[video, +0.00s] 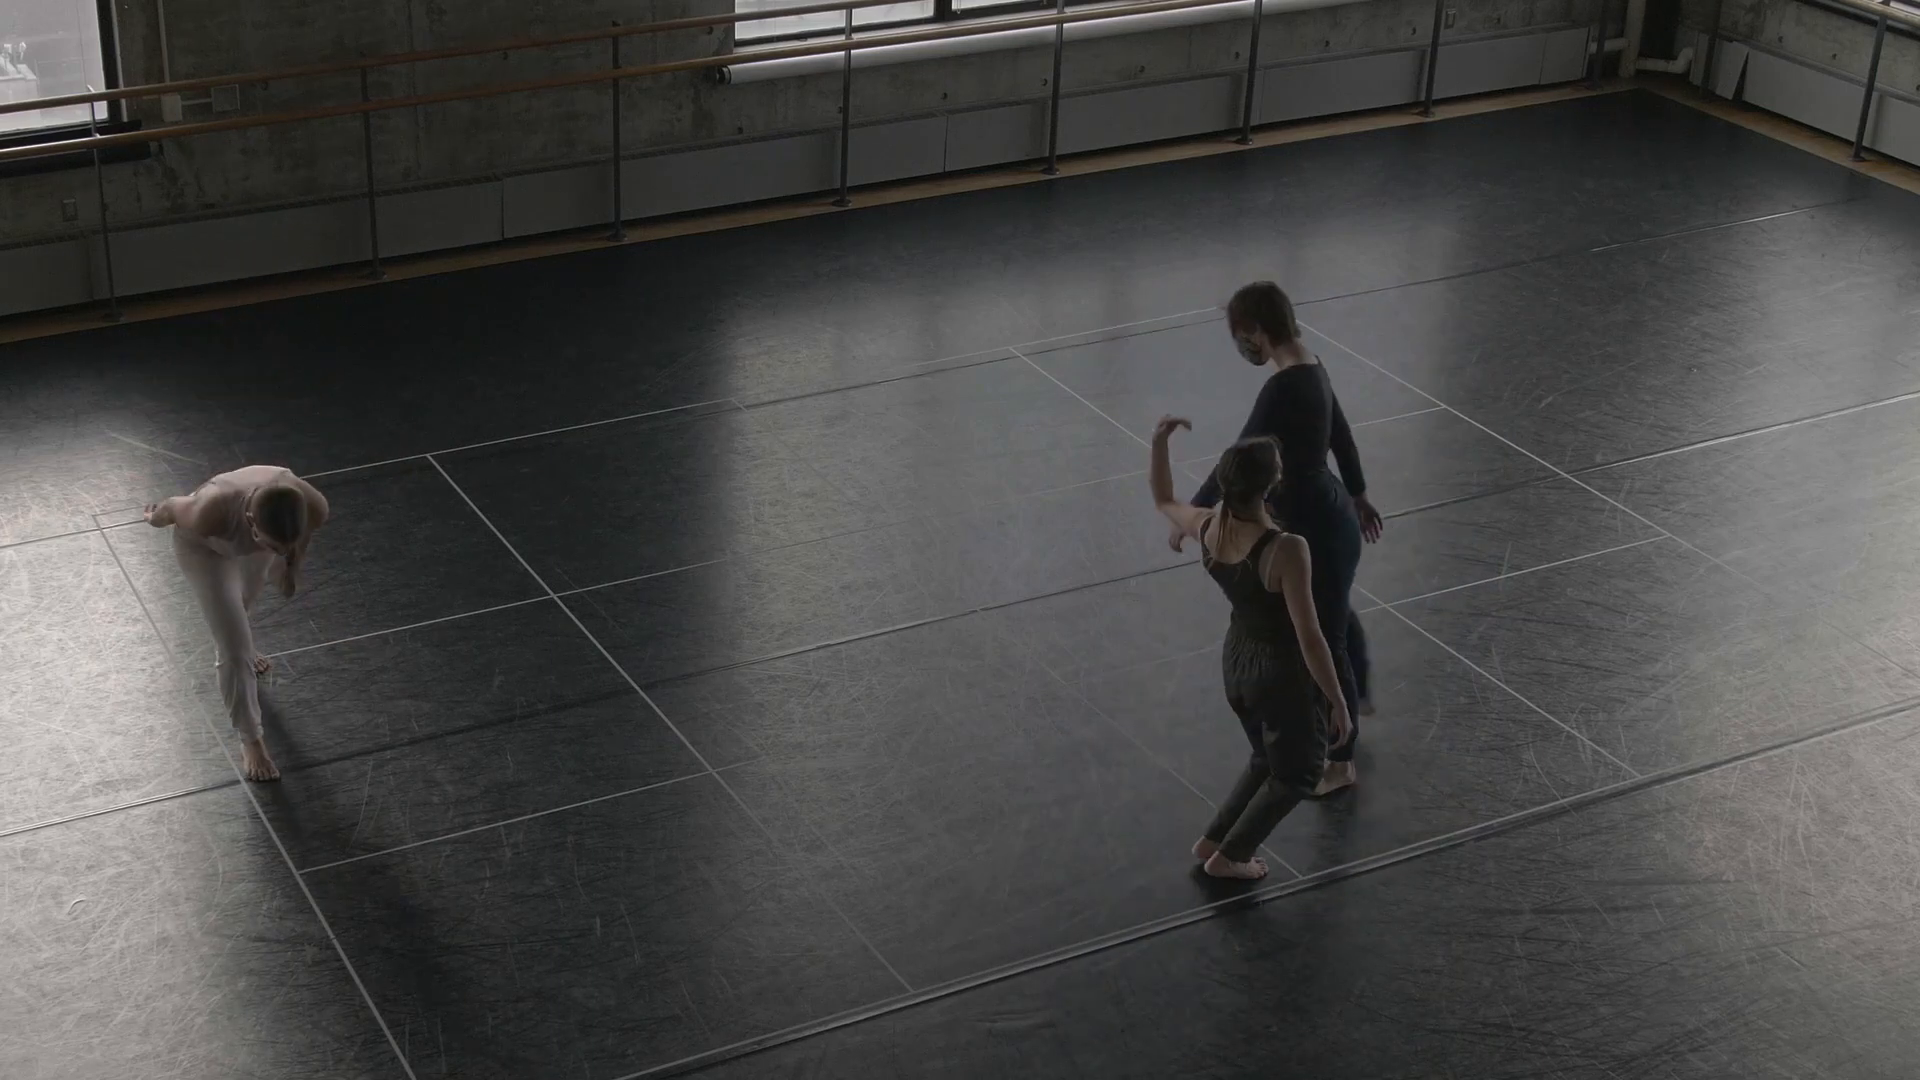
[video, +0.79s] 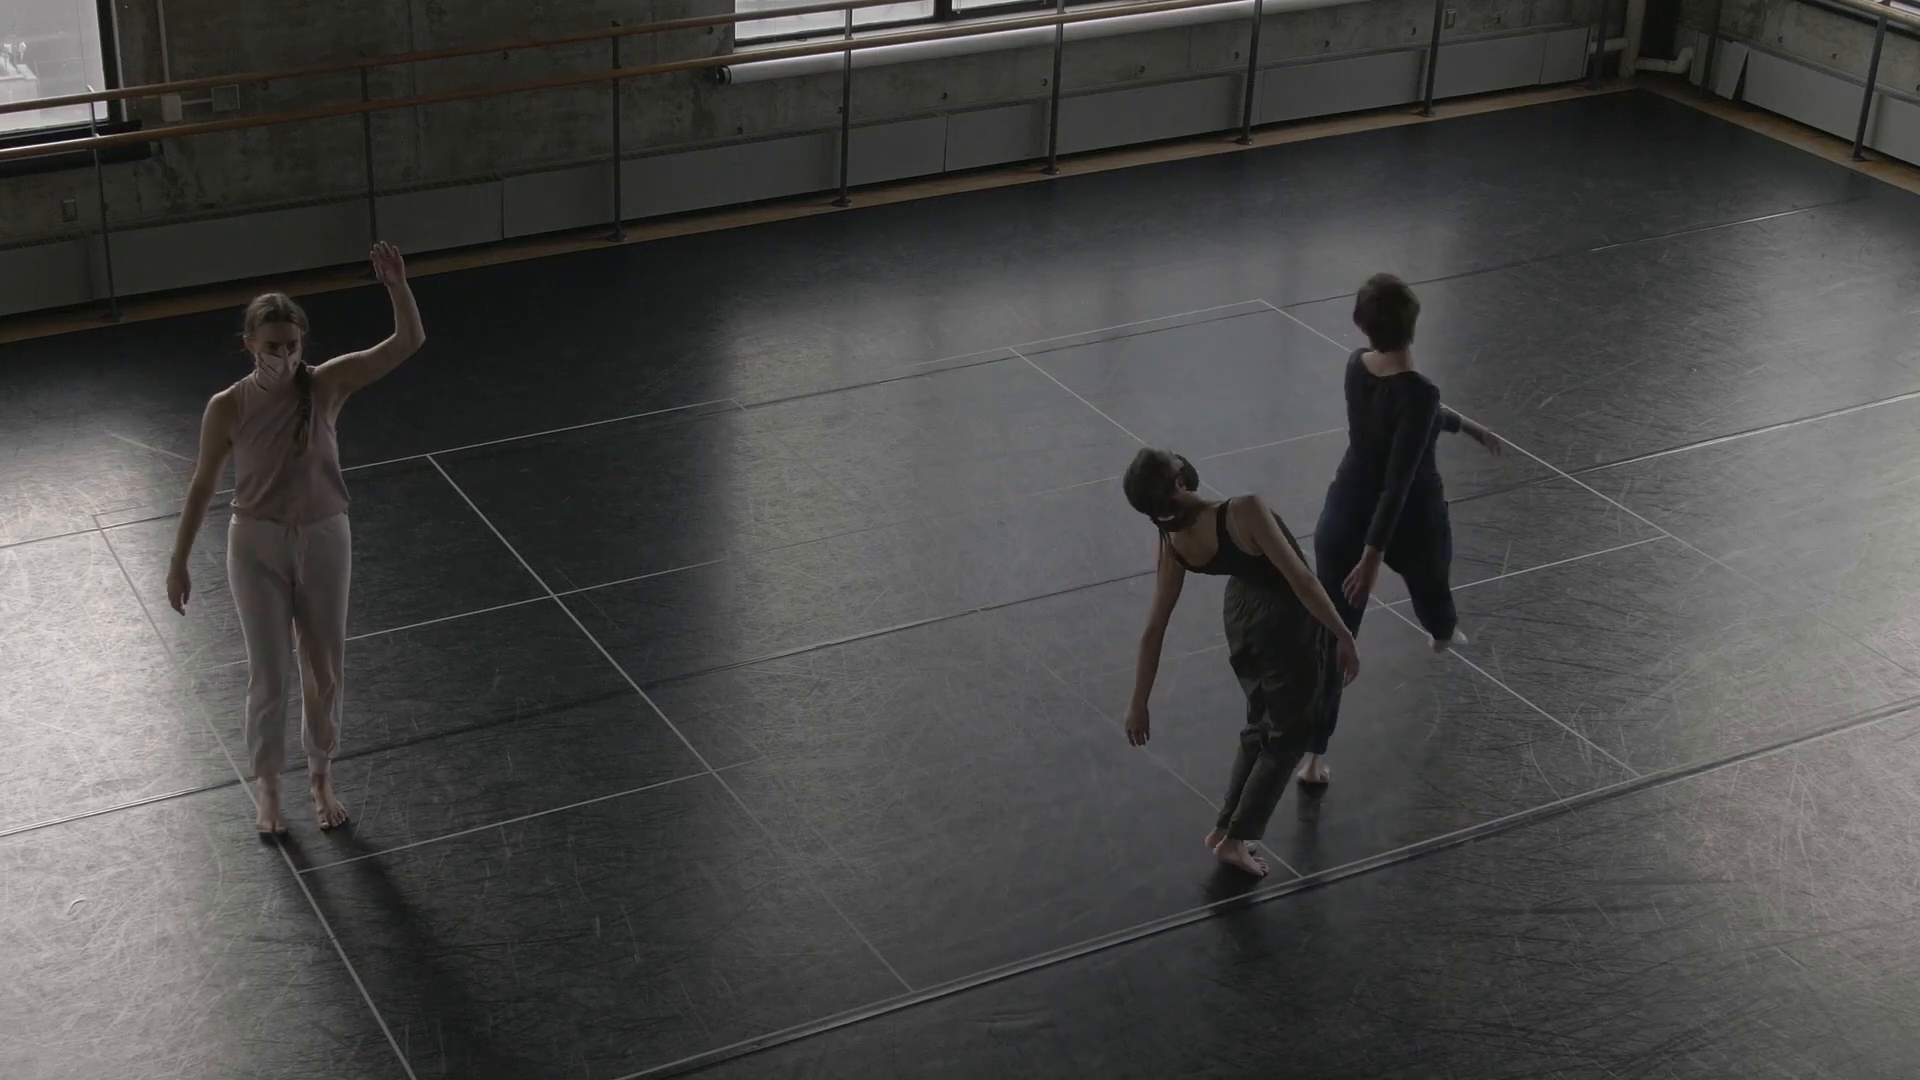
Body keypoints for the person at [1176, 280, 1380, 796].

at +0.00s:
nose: (1237, 342)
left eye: (1239, 333)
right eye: (1235, 334)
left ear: (1258, 329)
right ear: (1283, 322)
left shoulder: (1279, 388)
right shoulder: (1312, 367)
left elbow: (1239, 457)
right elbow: (1341, 437)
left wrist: (1191, 511)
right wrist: (1360, 496)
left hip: (1313, 528)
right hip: (1335, 509)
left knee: (1325, 633)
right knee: (1335, 606)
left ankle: (1338, 761)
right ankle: (1355, 696)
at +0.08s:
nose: (1253, 342)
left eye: (1253, 332)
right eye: (1251, 333)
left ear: (1271, 332)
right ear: (1298, 324)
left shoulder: (1294, 391)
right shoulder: (1322, 374)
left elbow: (1248, 455)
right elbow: (1352, 440)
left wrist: (1192, 493)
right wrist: (1377, 501)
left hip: (1318, 534)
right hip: (1343, 514)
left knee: (1330, 643)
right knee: (1377, 620)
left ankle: (1340, 760)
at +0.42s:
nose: (1287, 330)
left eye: (1287, 323)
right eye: (1288, 322)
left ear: (1295, 328)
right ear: (1343, 317)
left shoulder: (1284, 390)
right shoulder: (1387, 375)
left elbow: (1271, 469)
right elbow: (1416, 457)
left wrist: (1254, 527)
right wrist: (1443, 525)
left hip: (1330, 537)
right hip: (1400, 530)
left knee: (1335, 646)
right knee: (1387, 636)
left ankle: (1339, 772)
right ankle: (1380, 736)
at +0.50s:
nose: (1307, 329)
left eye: (1306, 322)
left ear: (1309, 328)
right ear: (1356, 318)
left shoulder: (1299, 385)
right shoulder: (1390, 384)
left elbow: (1299, 465)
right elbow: (1411, 469)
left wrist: (1298, 524)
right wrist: (1434, 545)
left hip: (1329, 535)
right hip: (1393, 536)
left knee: (1330, 638)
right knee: (1383, 632)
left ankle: (1322, 717)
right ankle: (1375, 704)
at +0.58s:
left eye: (1323, 318)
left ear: (1322, 325)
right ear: (1371, 317)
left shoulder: (1318, 379)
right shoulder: (1391, 391)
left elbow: (1335, 454)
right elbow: (1396, 484)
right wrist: (1414, 564)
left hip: (1330, 519)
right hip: (1381, 524)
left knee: (1324, 632)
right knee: (1389, 591)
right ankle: (1393, 653)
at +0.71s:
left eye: (1342, 317)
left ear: (1346, 326)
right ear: (1394, 319)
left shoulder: (1344, 371)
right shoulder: (1404, 397)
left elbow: (1379, 431)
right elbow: (1385, 486)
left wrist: (1429, 469)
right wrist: (1375, 568)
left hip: (1341, 507)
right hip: (1400, 515)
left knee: (1330, 612)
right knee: (1412, 578)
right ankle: (1422, 623)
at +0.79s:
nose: (1362, 330)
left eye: (1362, 323)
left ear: (1365, 326)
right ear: (1412, 324)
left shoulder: (1356, 366)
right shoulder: (1419, 394)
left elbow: (1408, 410)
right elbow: (1396, 483)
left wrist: (1467, 427)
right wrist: (1372, 555)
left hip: (1349, 506)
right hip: (1409, 512)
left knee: (1335, 626)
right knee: (1429, 579)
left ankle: (1313, 751)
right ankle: (1443, 634)